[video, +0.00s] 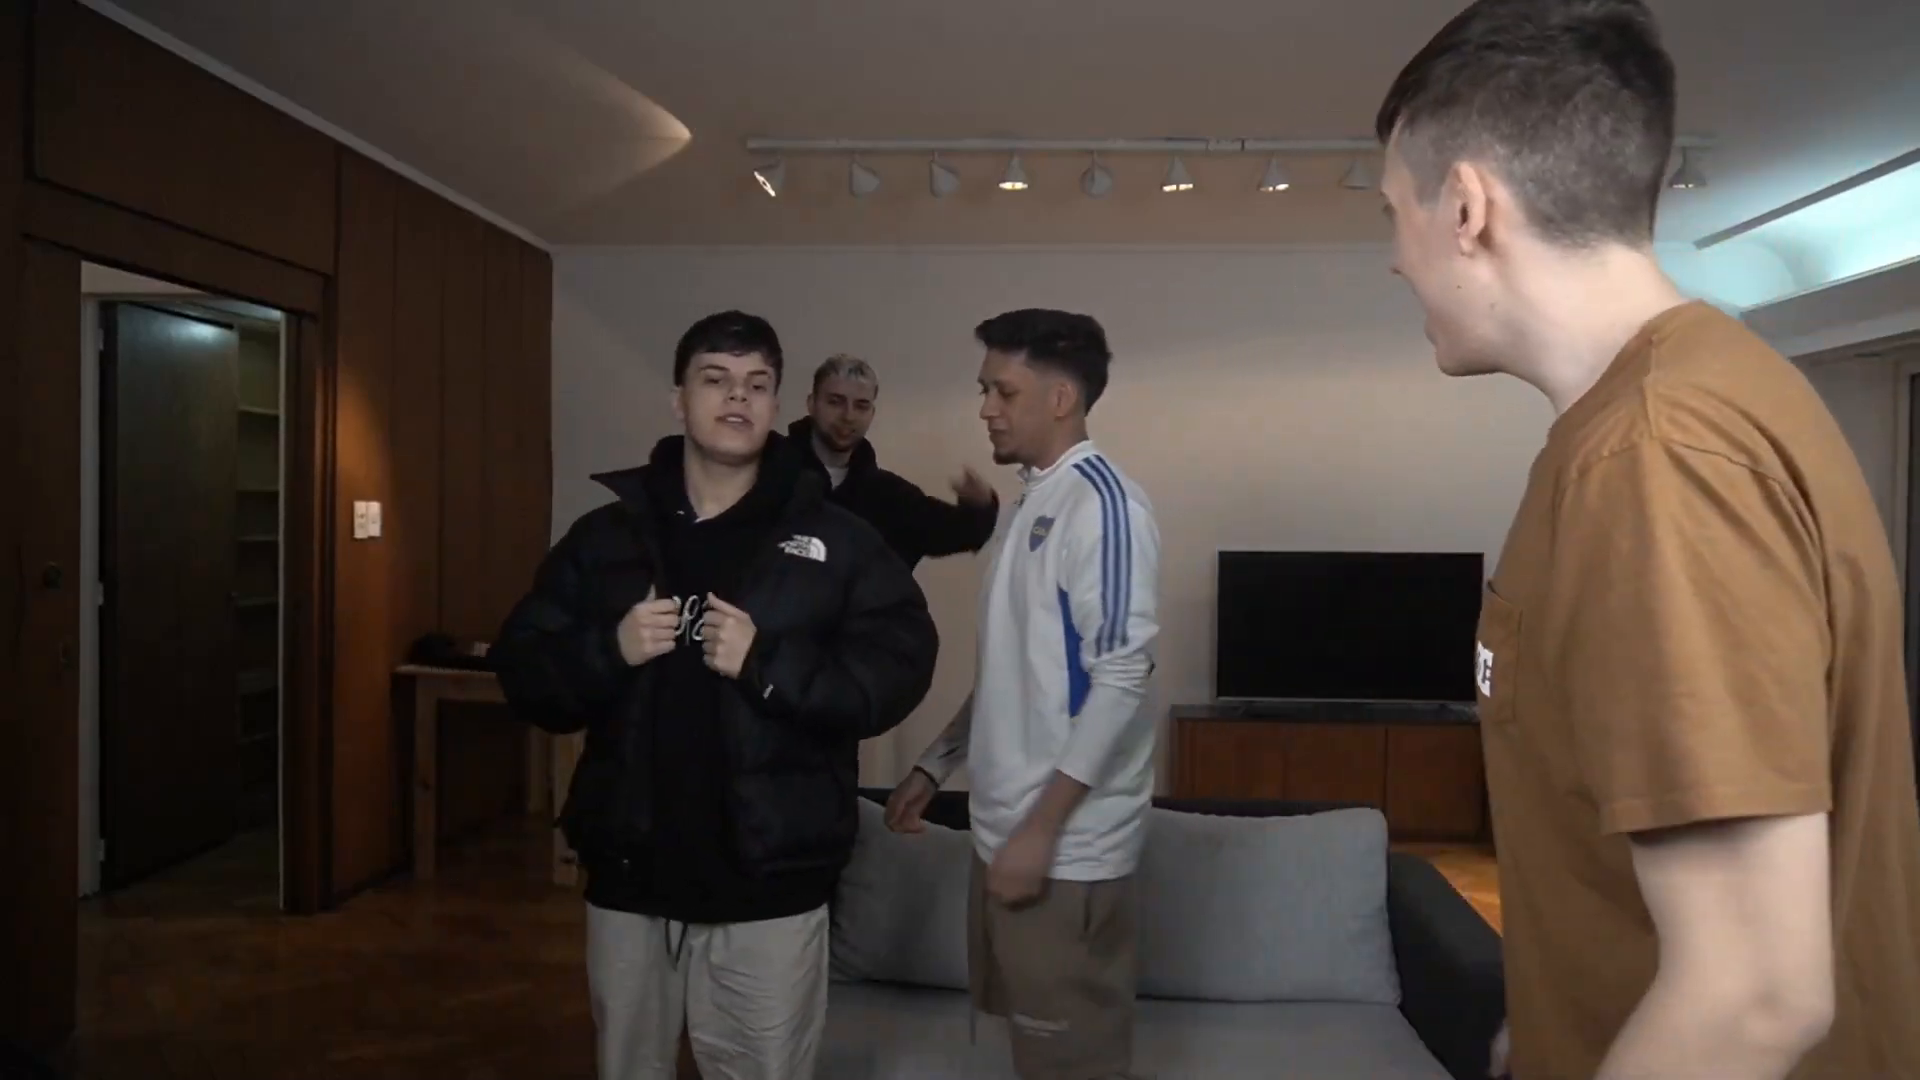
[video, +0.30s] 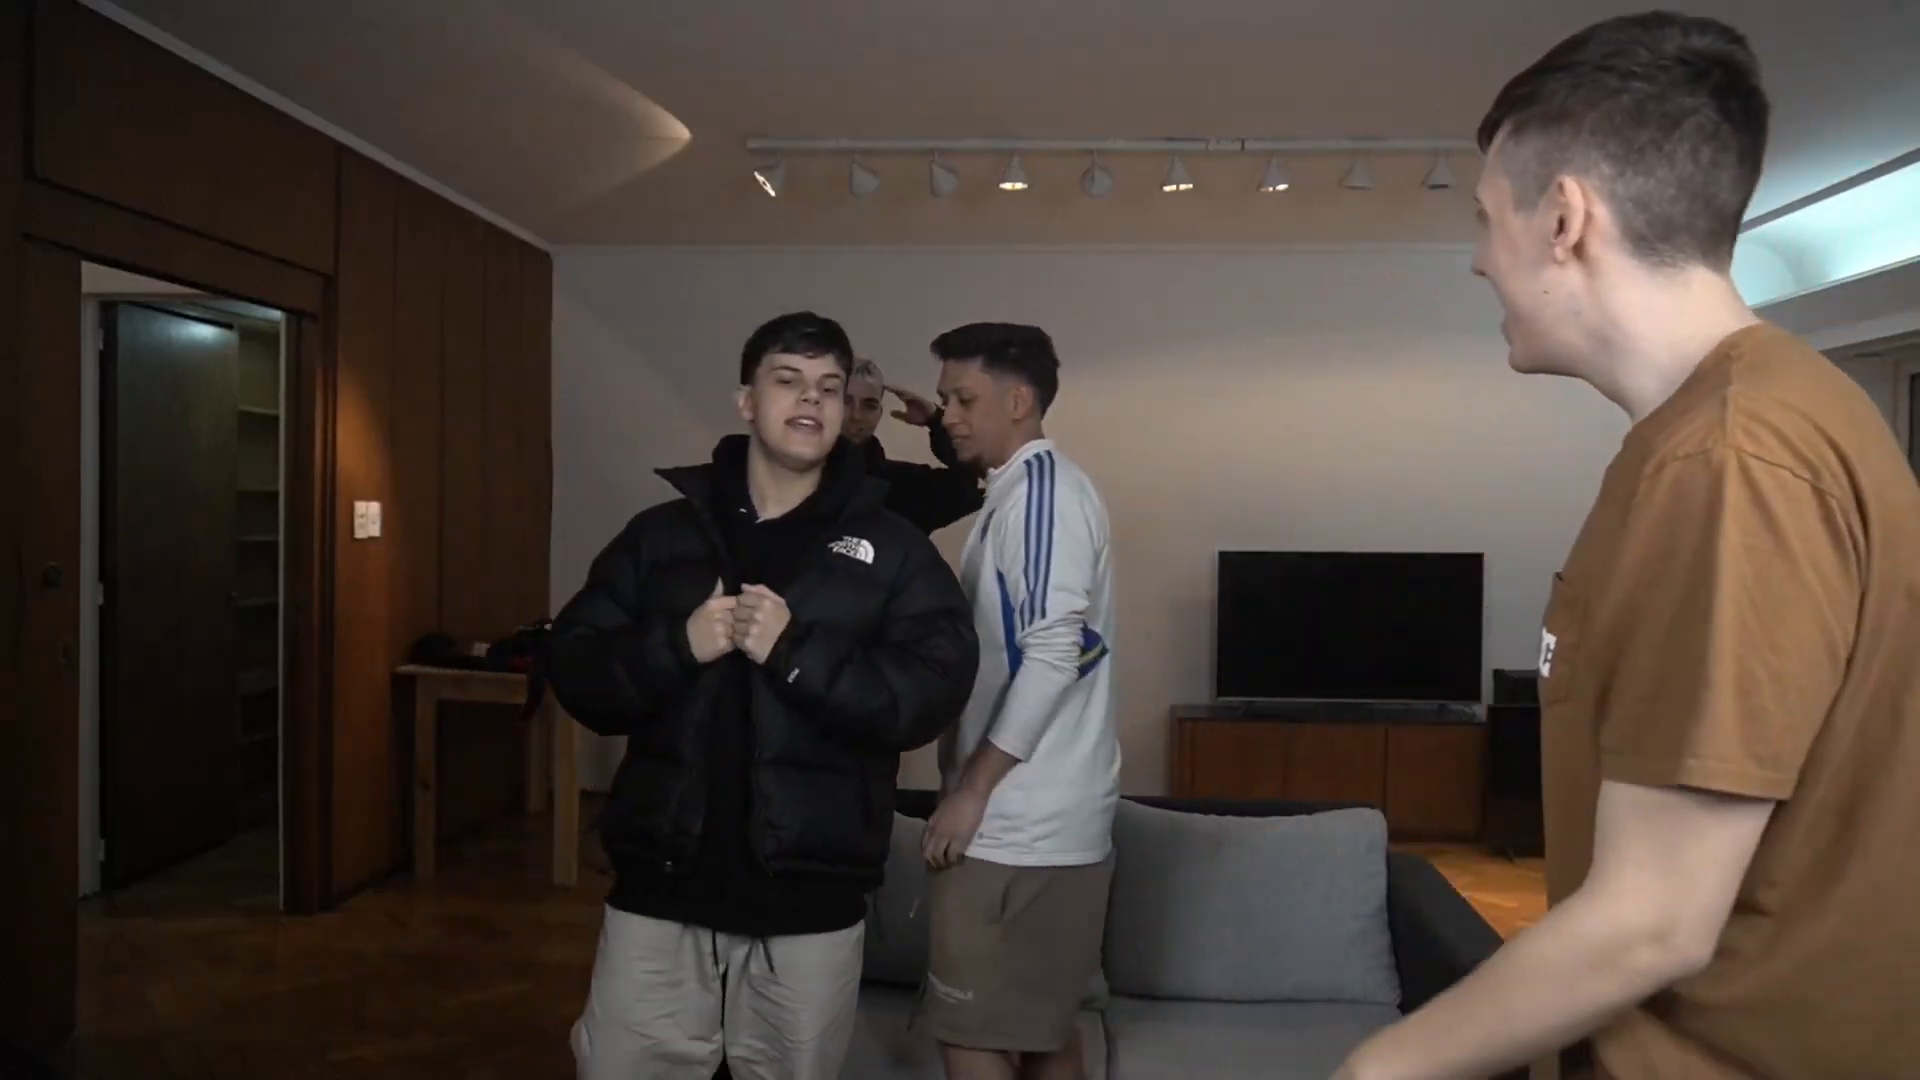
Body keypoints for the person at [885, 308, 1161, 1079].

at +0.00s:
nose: (986, 409)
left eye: (1003, 391)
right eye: (985, 390)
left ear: (1064, 399)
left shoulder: (1102, 502)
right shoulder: (1031, 500)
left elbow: (1124, 679)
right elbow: (1010, 672)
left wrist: (1041, 827)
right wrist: (934, 767)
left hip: (1069, 847)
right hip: (1012, 833)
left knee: (1073, 1057)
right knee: (1035, 1047)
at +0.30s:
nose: (945, 415)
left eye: (961, 398)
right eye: (943, 399)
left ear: (1021, 401)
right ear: (1016, 404)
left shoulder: (1042, 488)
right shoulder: (1024, 488)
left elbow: (1055, 648)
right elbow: (1014, 646)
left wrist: (974, 786)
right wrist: (966, 771)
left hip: (1019, 822)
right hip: (1041, 818)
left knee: (972, 1038)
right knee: (1051, 1033)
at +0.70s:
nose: (861, 437)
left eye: (871, 420)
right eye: (860, 421)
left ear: (921, 413)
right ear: (925, 416)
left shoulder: (959, 489)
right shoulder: (939, 489)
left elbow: (1017, 643)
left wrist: (1001, 801)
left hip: (951, 816)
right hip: (981, 809)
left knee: (880, 1029)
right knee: (1016, 1007)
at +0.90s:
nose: (808, 411)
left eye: (821, 393)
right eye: (809, 392)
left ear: (864, 398)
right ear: (868, 401)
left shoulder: (905, 477)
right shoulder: (868, 479)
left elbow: (954, 640)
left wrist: (948, 796)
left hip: (910, 807)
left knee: (865, 1033)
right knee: (943, 1008)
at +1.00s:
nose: (781, 412)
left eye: (793, 394)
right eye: (782, 395)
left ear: (838, 399)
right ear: (846, 401)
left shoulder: (880, 480)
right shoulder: (846, 482)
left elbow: (924, 644)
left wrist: (899, 810)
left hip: (894, 808)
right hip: (872, 800)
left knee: (862, 1037)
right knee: (891, 1027)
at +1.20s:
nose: (721, 416)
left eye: (735, 398)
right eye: (716, 400)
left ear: (794, 398)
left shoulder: (827, 482)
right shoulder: (776, 483)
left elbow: (853, 653)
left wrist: (795, 791)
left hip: (839, 816)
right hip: (796, 809)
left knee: (831, 1028)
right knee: (798, 1026)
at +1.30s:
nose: (695, 417)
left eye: (709, 400)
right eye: (689, 401)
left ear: (769, 399)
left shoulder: (788, 490)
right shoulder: (802, 475)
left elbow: (829, 644)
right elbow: (825, 635)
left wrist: (780, 749)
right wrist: (764, 733)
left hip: (805, 794)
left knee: (819, 1024)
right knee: (818, 1017)